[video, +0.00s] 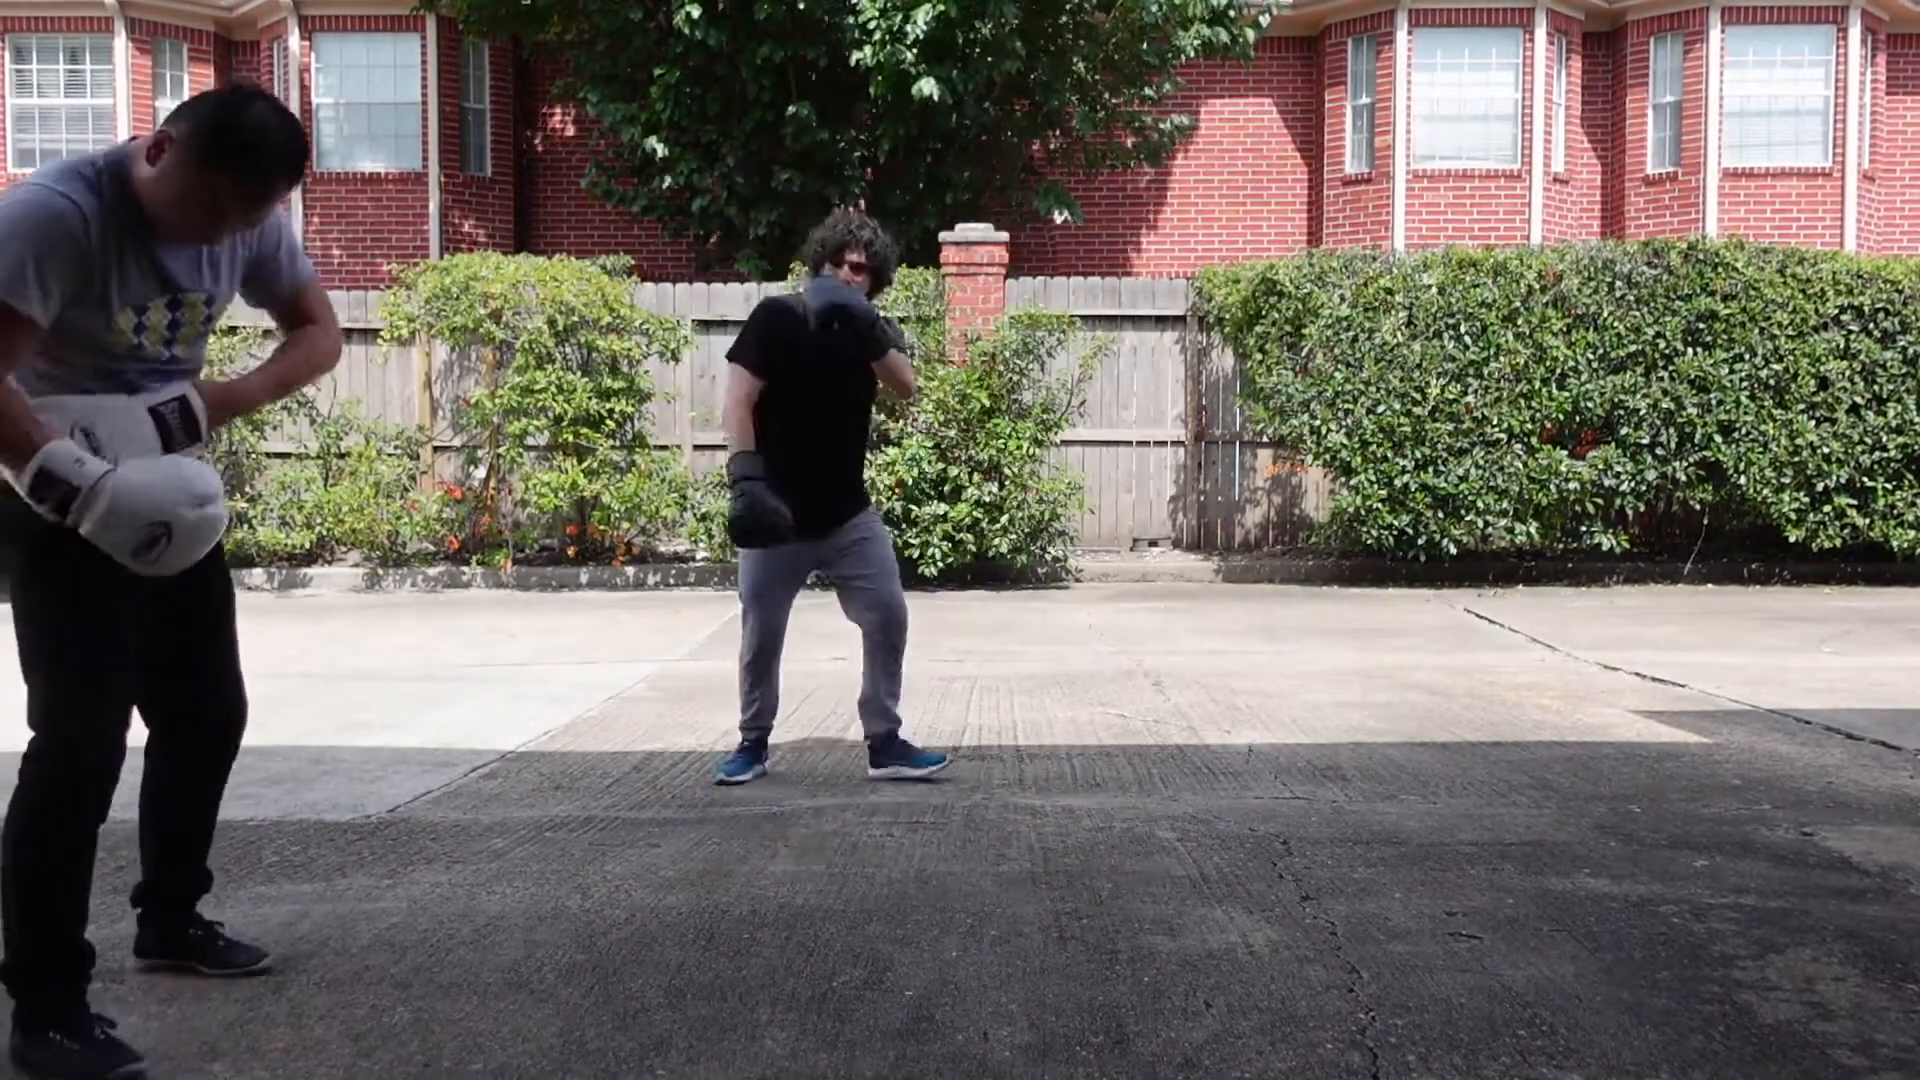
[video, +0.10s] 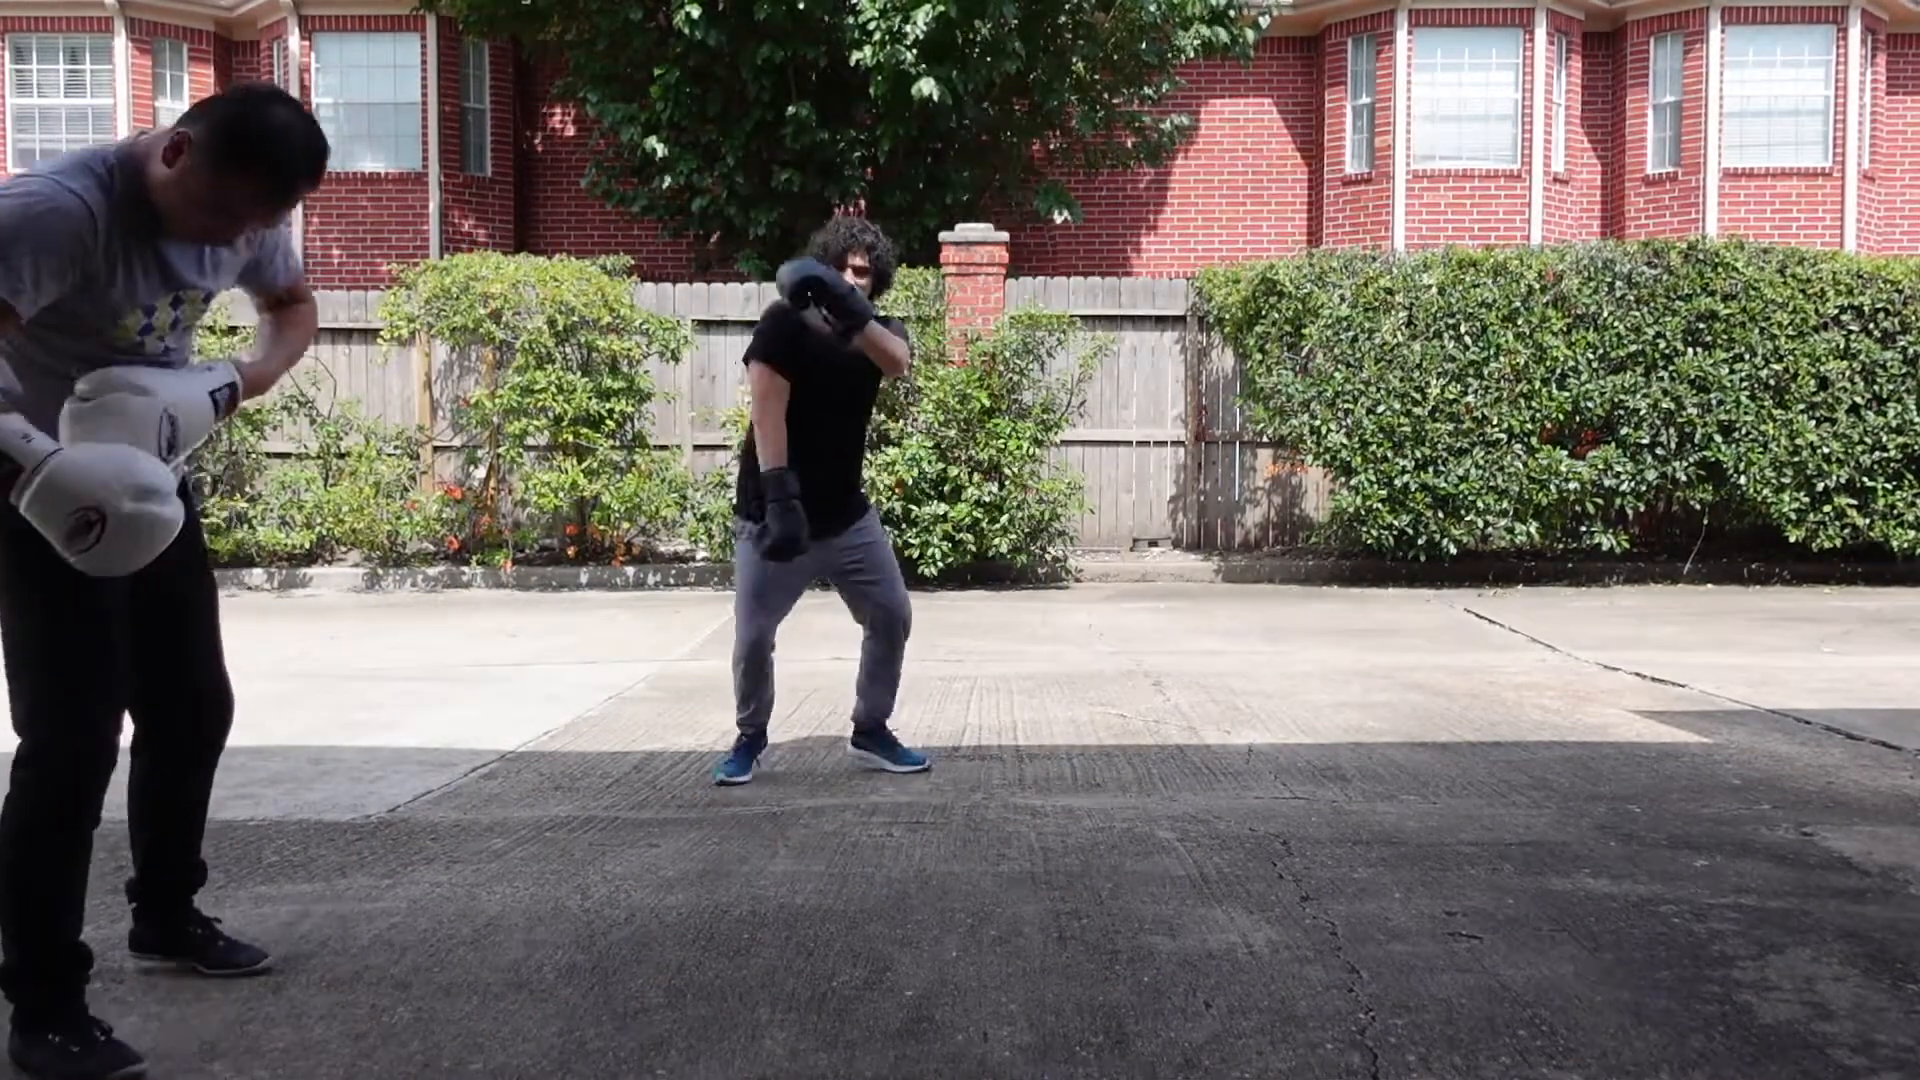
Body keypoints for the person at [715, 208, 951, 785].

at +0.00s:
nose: (852, 277)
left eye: (864, 271)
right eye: (843, 266)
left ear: (876, 285)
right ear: (820, 266)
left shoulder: (870, 332)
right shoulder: (777, 317)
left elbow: (906, 387)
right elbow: (737, 398)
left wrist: (865, 323)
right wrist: (748, 478)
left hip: (849, 515)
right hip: (776, 517)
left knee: (888, 615)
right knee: (760, 640)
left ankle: (884, 744)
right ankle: (752, 744)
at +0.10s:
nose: (854, 282)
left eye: (865, 273)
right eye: (845, 271)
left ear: (878, 281)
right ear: (822, 272)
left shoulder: (881, 333)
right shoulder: (785, 324)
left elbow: (897, 362)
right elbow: (766, 406)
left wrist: (841, 299)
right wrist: (780, 495)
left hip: (848, 516)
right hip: (774, 516)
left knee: (892, 612)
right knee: (751, 638)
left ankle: (870, 731)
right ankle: (749, 738)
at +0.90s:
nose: (673, 265)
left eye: (686, 253)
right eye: (665, 253)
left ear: (720, 254)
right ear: (659, 257)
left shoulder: (767, 315)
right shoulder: (648, 312)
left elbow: (789, 404)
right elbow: (578, 358)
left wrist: (725, 362)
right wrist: (564, 300)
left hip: (760, 516)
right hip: (675, 516)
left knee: (808, 637)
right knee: (641, 637)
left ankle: (830, 746)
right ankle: (610, 778)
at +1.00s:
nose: (692, 260)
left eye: (705, 248)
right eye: (684, 249)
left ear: (735, 252)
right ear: (676, 255)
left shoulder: (779, 317)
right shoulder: (658, 312)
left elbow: (800, 405)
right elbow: (588, 352)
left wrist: (732, 380)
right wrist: (564, 300)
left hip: (766, 516)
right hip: (681, 516)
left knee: (811, 636)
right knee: (647, 639)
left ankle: (839, 751)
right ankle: (610, 779)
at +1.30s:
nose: (739, 261)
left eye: (753, 251)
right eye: (732, 250)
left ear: (783, 256)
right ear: (721, 255)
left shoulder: (813, 320)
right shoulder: (697, 310)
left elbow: (816, 408)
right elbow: (647, 391)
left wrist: (766, 386)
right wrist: (644, 333)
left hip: (786, 517)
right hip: (703, 515)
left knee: (819, 644)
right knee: (659, 634)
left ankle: (832, 759)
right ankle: (635, 765)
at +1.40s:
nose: (735, 261)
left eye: (748, 251)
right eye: (726, 250)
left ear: (777, 256)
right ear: (713, 254)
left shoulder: (807, 313)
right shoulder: (690, 305)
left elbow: (814, 385)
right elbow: (635, 375)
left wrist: (768, 333)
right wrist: (636, 312)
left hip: (781, 512)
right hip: (699, 510)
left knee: (813, 640)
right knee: (655, 627)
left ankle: (831, 756)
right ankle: (642, 751)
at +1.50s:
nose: (726, 266)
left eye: (738, 255)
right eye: (716, 255)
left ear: (765, 259)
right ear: (701, 258)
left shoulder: (792, 313)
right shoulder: (676, 306)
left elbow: (799, 378)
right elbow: (620, 369)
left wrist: (768, 313)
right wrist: (624, 304)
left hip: (768, 514)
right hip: (688, 513)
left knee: (803, 642)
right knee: (651, 629)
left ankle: (830, 757)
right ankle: (643, 748)